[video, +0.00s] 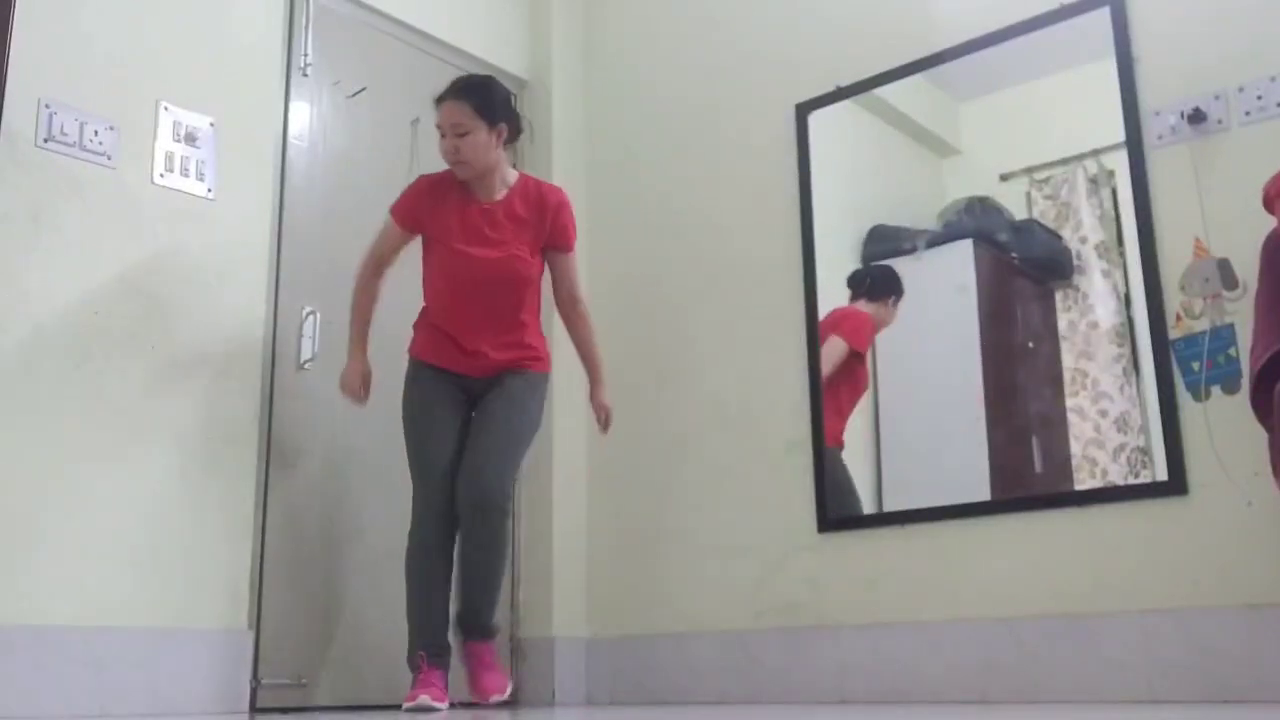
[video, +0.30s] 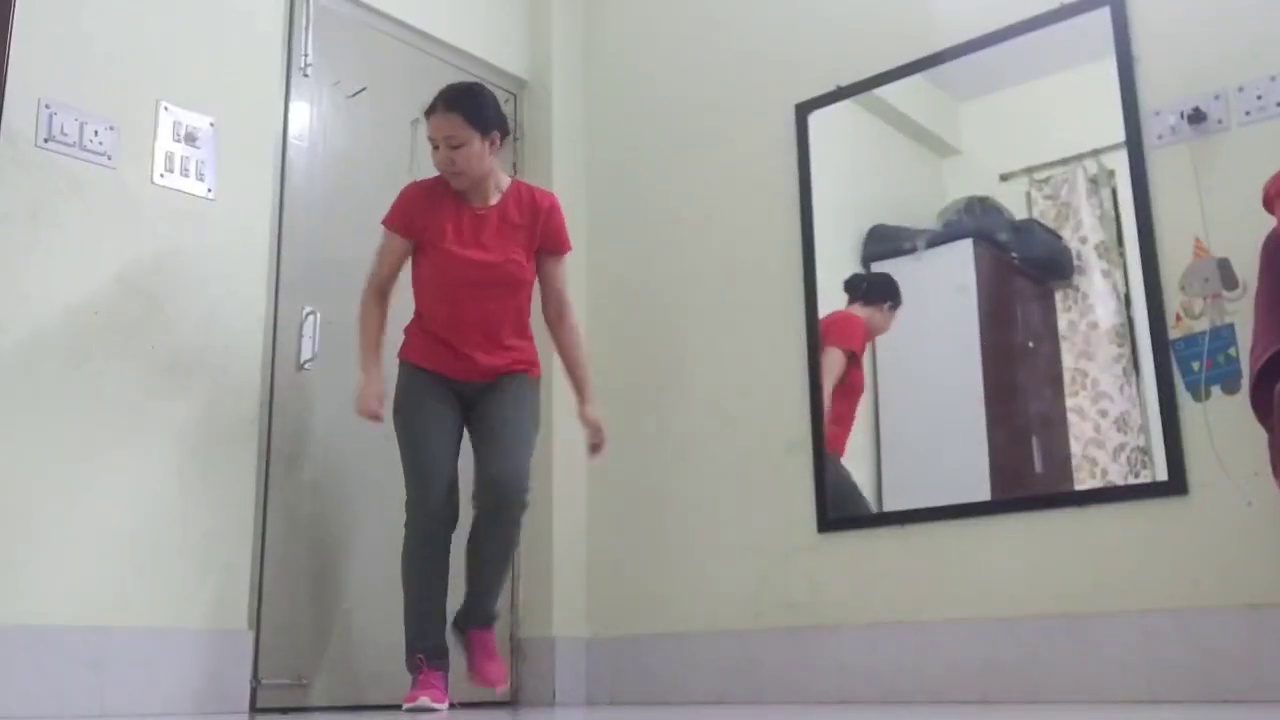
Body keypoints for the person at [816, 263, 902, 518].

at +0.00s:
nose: (892, 319)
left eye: (897, 310)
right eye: (896, 309)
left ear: (857, 293)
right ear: (889, 301)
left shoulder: (831, 319)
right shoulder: (859, 320)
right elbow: (815, 374)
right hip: (823, 449)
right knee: (852, 529)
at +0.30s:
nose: (888, 327)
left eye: (893, 318)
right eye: (892, 317)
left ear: (859, 298)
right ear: (885, 306)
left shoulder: (829, 322)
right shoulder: (849, 323)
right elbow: (823, 386)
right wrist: (821, 448)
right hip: (822, 459)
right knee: (865, 525)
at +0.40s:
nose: (885, 327)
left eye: (890, 318)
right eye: (889, 317)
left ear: (857, 298)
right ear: (882, 307)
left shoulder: (829, 323)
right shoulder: (845, 321)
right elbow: (830, 394)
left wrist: (868, 466)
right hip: (822, 456)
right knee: (875, 522)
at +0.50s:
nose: (886, 321)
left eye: (891, 312)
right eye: (891, 310)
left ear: (859, 292)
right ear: (882, 300)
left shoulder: (833, 318)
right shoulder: (846, 315)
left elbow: (848, 411)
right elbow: (848, 390)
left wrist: (906, 423)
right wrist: (911, 418)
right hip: (820, 447)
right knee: (875, 523)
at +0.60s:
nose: (891, 309)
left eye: (895, 301)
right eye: (894, 299)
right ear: (881, 288)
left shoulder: (840, 311)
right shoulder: (849, 307)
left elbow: (868, 398)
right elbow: (870, 381)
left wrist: (927, 387)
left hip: (825, 441)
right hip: (822, 441)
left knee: (848, 525)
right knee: (854, 524)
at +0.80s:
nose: (903, 287)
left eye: (904, 278)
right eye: (902, 276)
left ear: (881, 273)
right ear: (881, 273)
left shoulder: (845, 306)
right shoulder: (865, 298)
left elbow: (875, 397)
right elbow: (889, 371)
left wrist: (940, 401)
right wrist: (952, 389)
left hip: (829, 433)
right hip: (833, 434)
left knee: (849, 530)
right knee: (859, 529)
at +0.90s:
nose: (912, 282)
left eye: (912, 273)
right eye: (909, 271)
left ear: (884, 269)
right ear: (887, 270)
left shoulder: (847, 306)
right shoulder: (874, 294)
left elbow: (873, 406)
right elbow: (896, 372)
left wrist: (925, 451)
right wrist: (939, 436)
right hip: (839, 429)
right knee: (869, 529)